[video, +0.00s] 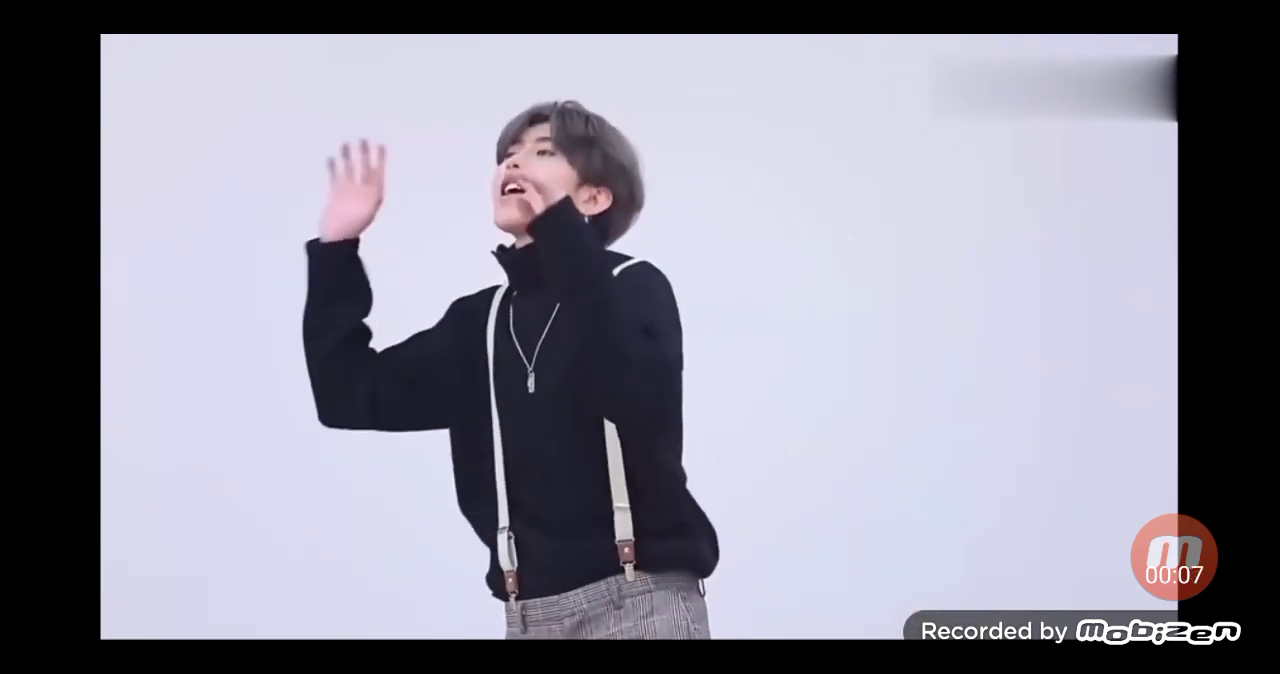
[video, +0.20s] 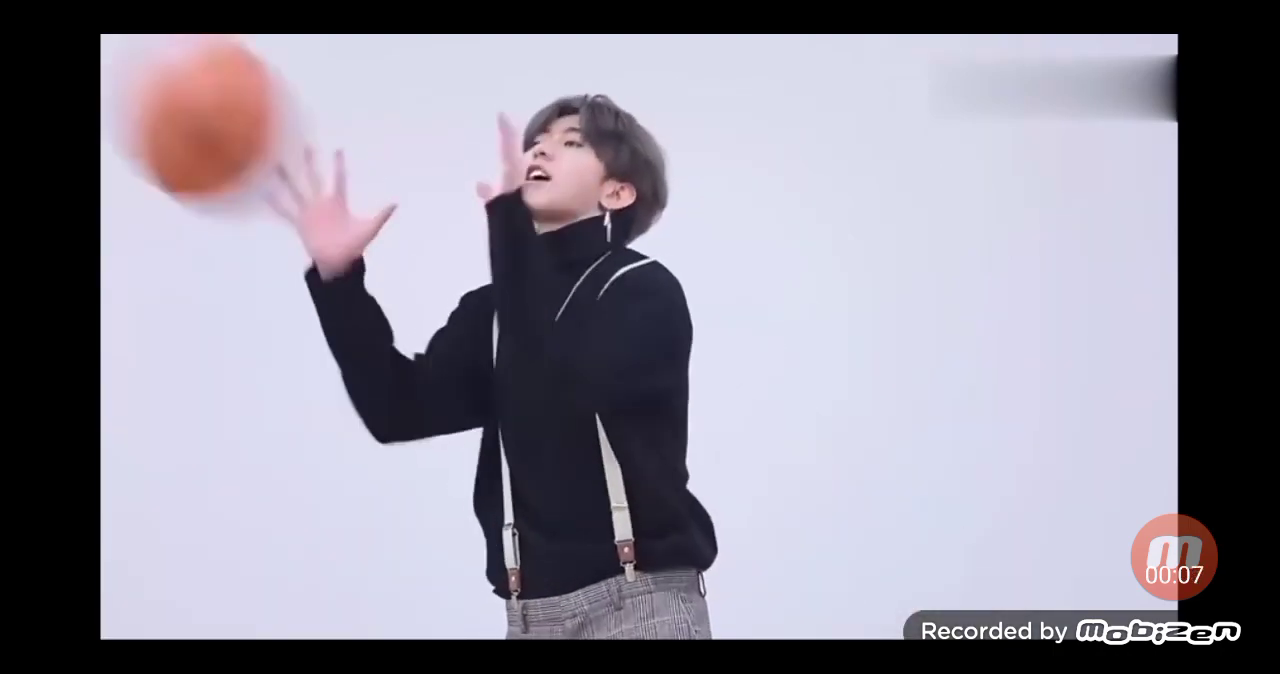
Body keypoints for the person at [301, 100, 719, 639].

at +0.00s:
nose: (512, 165)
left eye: (544, 152)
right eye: (507, 156)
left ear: (594, 197)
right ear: (495, 185)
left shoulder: (633, 287)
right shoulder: (476, 323)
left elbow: (631, 396)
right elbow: (345, 395)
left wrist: (561, 230)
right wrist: (336, 248)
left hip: (639, 605)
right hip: (529, 617)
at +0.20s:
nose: (540, 154)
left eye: (571, 144)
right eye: (534, 145)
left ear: (617, 193)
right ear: (518, 172)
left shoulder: (644, 289)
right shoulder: (493, 312)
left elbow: (571, 372)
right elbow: (396, 411)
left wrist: (512, 230)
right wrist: (338, 279)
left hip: (640, 600)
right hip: (530, 611)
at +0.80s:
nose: (642, 165)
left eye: (671, 153)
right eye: (628, 147)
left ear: (709, 193)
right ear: (604, 170)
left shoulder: (747, 337)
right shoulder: (542, 311)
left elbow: (778, 517)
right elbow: (500, 464)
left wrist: (615, 548)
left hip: (686, 617)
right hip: (556, 617)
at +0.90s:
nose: (644, 165)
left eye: (673, 152)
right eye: (631, 146)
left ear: (713, 191)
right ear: (607, 168)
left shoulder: (753, 348)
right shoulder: (566, 309)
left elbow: (768, 525)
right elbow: (568, 436)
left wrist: (636, 523)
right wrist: (534, 547)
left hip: (685, 616)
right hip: (569, 612)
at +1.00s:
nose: (630, 156)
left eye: (658, 138)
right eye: (615, 137)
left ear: (707, 168)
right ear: (598, 156)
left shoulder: (740, 314)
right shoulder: (616, 286)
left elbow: (741, 495)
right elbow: (618, 441)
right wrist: (583, 513)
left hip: (691, 610)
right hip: (599, 599)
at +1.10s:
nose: (614, 149)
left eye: (640, 125)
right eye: (600, 133)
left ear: (698, 145)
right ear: (587, 151)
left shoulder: (726, 275)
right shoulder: (660, 260)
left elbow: (713, 421)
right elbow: (664, 417)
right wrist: (612, 476)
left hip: (668, 597)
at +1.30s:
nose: (601, 166)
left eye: (622, 139)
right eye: (586, 154)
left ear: (686, 150)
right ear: (574, 171)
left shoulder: (707, 262)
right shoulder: (727, 253)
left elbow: (653, 397)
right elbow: (805, 449)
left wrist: (615, 231)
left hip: (662, 600)